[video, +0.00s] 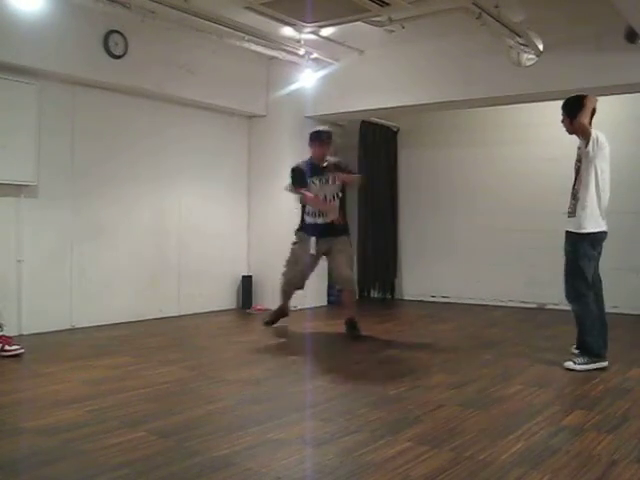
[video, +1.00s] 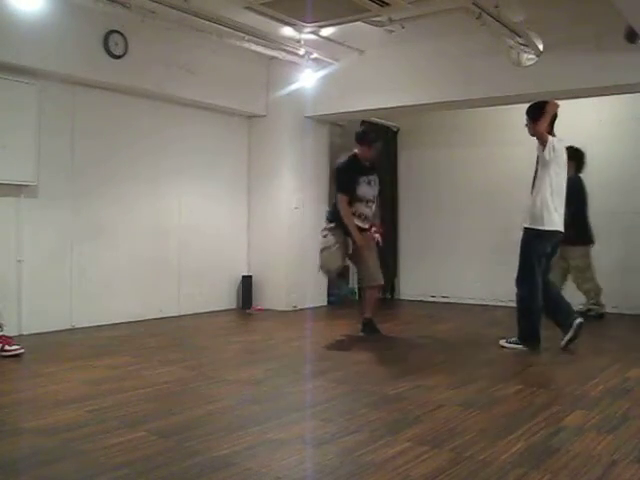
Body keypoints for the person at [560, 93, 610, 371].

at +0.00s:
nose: (564, 126)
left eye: (566, 120)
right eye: (564, 120)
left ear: (577, 118)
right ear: (576, 119)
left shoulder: (595, 143)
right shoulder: (587, 145)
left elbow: (582, 126)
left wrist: (589, 106)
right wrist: (588, 106)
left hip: (587, 229)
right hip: (582, 228)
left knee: (581, 292)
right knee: (587, 290)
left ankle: (594, 354)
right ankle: (589, 347)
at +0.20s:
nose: (561, 126)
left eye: (563, 120)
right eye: (560, 120)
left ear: (574, 118)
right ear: (574, 120)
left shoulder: (586, 142)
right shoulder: (591, 144)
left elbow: (576, 119)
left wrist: (585, 104)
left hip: (579, 227)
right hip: (592, 228)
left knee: (554, 284)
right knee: (591, 290)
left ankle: (578, 342)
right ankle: (598, 345)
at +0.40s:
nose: (552, 129)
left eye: (553, 123)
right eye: (551, 124)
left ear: (563, 120)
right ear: (568, 122)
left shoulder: (577, 143)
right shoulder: (585, 146)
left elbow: (565, 121)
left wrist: (574, 105)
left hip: (570, 226)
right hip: (588, 228)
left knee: (542, 281)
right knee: (587, 290)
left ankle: (543, 341)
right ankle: (595, 345)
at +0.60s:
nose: (542, 129)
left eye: (544, 123)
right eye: (542, 124)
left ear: (554, 122)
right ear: (565, 124)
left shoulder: (564, 146)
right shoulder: (574, 149)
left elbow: (548, 126)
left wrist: (560, 111)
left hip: (554, 227)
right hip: (572, 229)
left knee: (536, 286)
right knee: (575, 290)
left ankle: (528, 337)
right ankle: (592, 342)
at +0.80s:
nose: (533, 127)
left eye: (535, 121)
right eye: (534, 121)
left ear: (544, 123)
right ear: (557, 124)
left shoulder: (555, 147)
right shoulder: (564, 149)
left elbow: (536, 131)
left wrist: (550, 111)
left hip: (540, 226)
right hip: (557, 227)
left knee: (526, 282)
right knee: (551, 281)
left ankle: (527, 338)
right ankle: (579, 328)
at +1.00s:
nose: (529, 130)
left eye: (530, 124)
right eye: (529, 124)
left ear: (540, 122)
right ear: (542, 124)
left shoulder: (551, 148)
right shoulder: (554, 149)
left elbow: (541, 131)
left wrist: (551, 111)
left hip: (541, 227)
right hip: (550, 227)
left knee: (527, 283)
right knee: (539, 281)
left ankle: (528, 339)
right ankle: (568, 320)